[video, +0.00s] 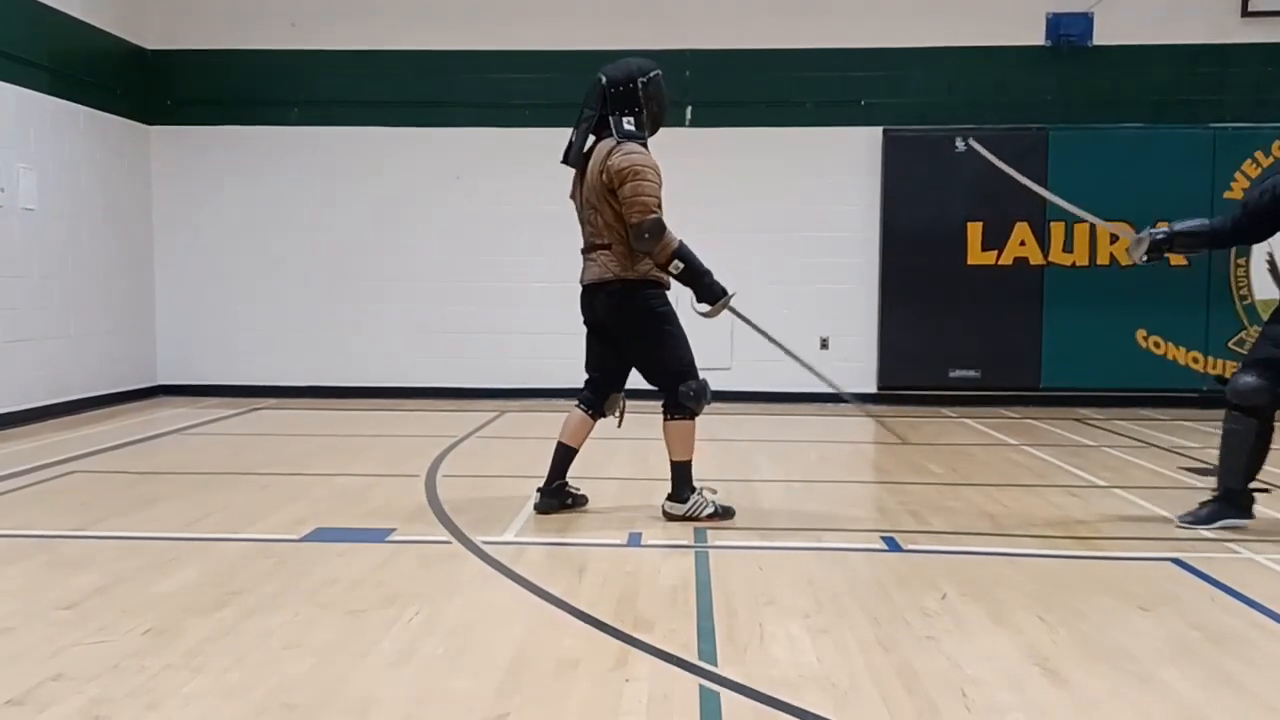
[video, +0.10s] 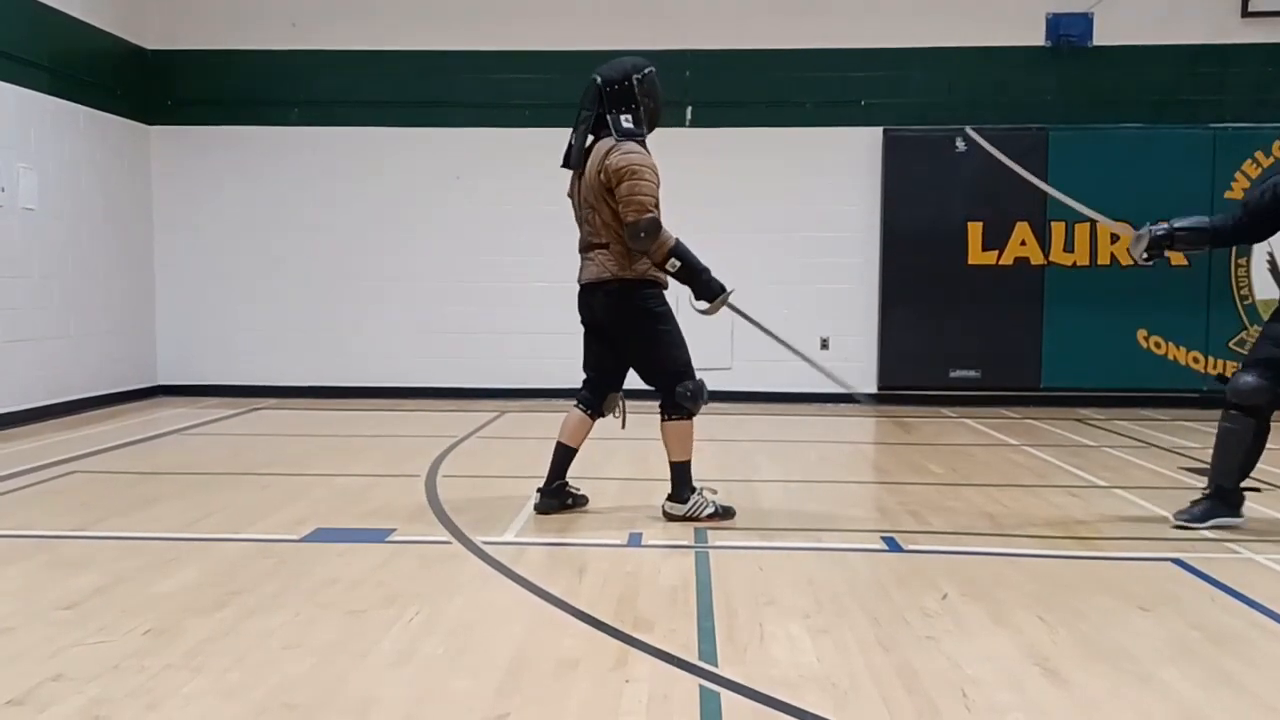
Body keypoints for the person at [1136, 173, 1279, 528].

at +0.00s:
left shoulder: (1273, 191)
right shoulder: (1272, 189)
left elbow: (1238, 227)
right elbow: (1238, 226)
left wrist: (1163, 237)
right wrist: (1165, 237)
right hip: (1279, 317)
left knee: (1252, 388)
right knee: (1251, 388)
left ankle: (1233, 498)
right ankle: (1232, 497)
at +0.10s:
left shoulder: (1273, 191)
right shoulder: (1274, 189)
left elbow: (1242, 224)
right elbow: (1242, 223)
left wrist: (1165, 234)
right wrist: (1167, 233)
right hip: (1279, 319)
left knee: (1252, 389)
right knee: (1250, 388)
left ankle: (1223, 496)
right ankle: (1223, 496)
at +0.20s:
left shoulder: (1273, 191)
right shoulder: (1273, 189)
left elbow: (1229, 225)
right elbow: (1230, 225)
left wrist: (1154, 234)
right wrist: (1154, 234)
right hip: (1277, 321)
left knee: (1252, 400)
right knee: (1248, 400)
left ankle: (1206, 498)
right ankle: (1206, 498)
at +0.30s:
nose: (1275, 140)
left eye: (1276, 133)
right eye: (1274, 133)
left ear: (1276, 139)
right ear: (1271, 138)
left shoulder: (1266, 188)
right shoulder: (1266, 186)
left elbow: (1219, 225)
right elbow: (1219, 225)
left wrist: (1146, 233)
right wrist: (1146, 232)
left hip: (1270, 322)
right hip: (1267, 318)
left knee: (1236, 398)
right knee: (1232, 399)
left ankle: (1203, 498)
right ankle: (1202, 498)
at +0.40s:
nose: (1272, 122)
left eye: (1278, 114)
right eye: (1268, 114)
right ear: (1260, 120)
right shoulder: (1254, 177)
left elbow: (1204, 220)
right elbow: (1204, 220)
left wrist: (1133, 229)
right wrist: (1132, 228)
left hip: (1269, 314)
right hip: (1256, 312)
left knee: (1226, 395)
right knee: (1222, 396)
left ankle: (1201, 498)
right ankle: (1200, 499)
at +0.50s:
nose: (1270, 118)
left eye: (1277, 110)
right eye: (1267, 110)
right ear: (1256, 117)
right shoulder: (1252, 173)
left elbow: (1199, 218)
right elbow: (1199, 218)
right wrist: (1127, 226)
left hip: (1270, 313)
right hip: (1255, 311)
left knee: (1224, 396)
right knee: (1220, 397)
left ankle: (1201, 498)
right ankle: (1200, 500)